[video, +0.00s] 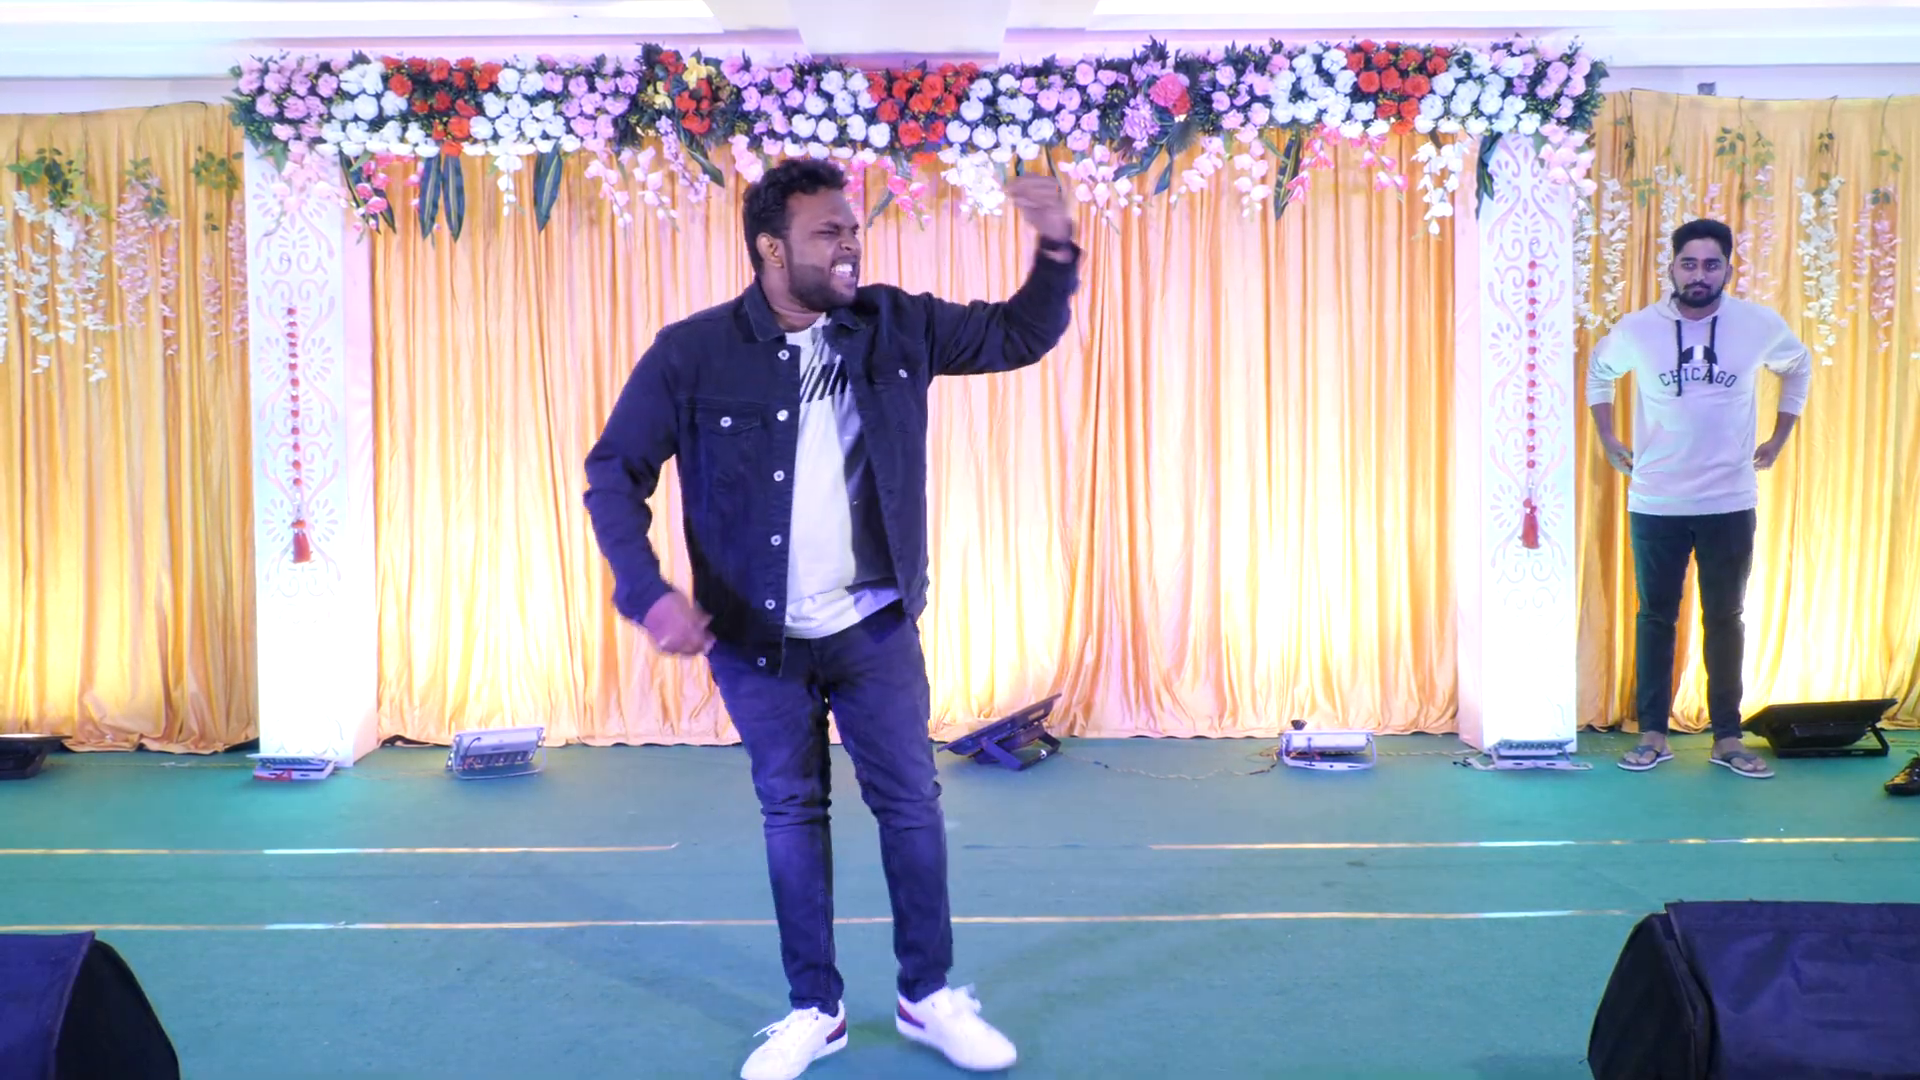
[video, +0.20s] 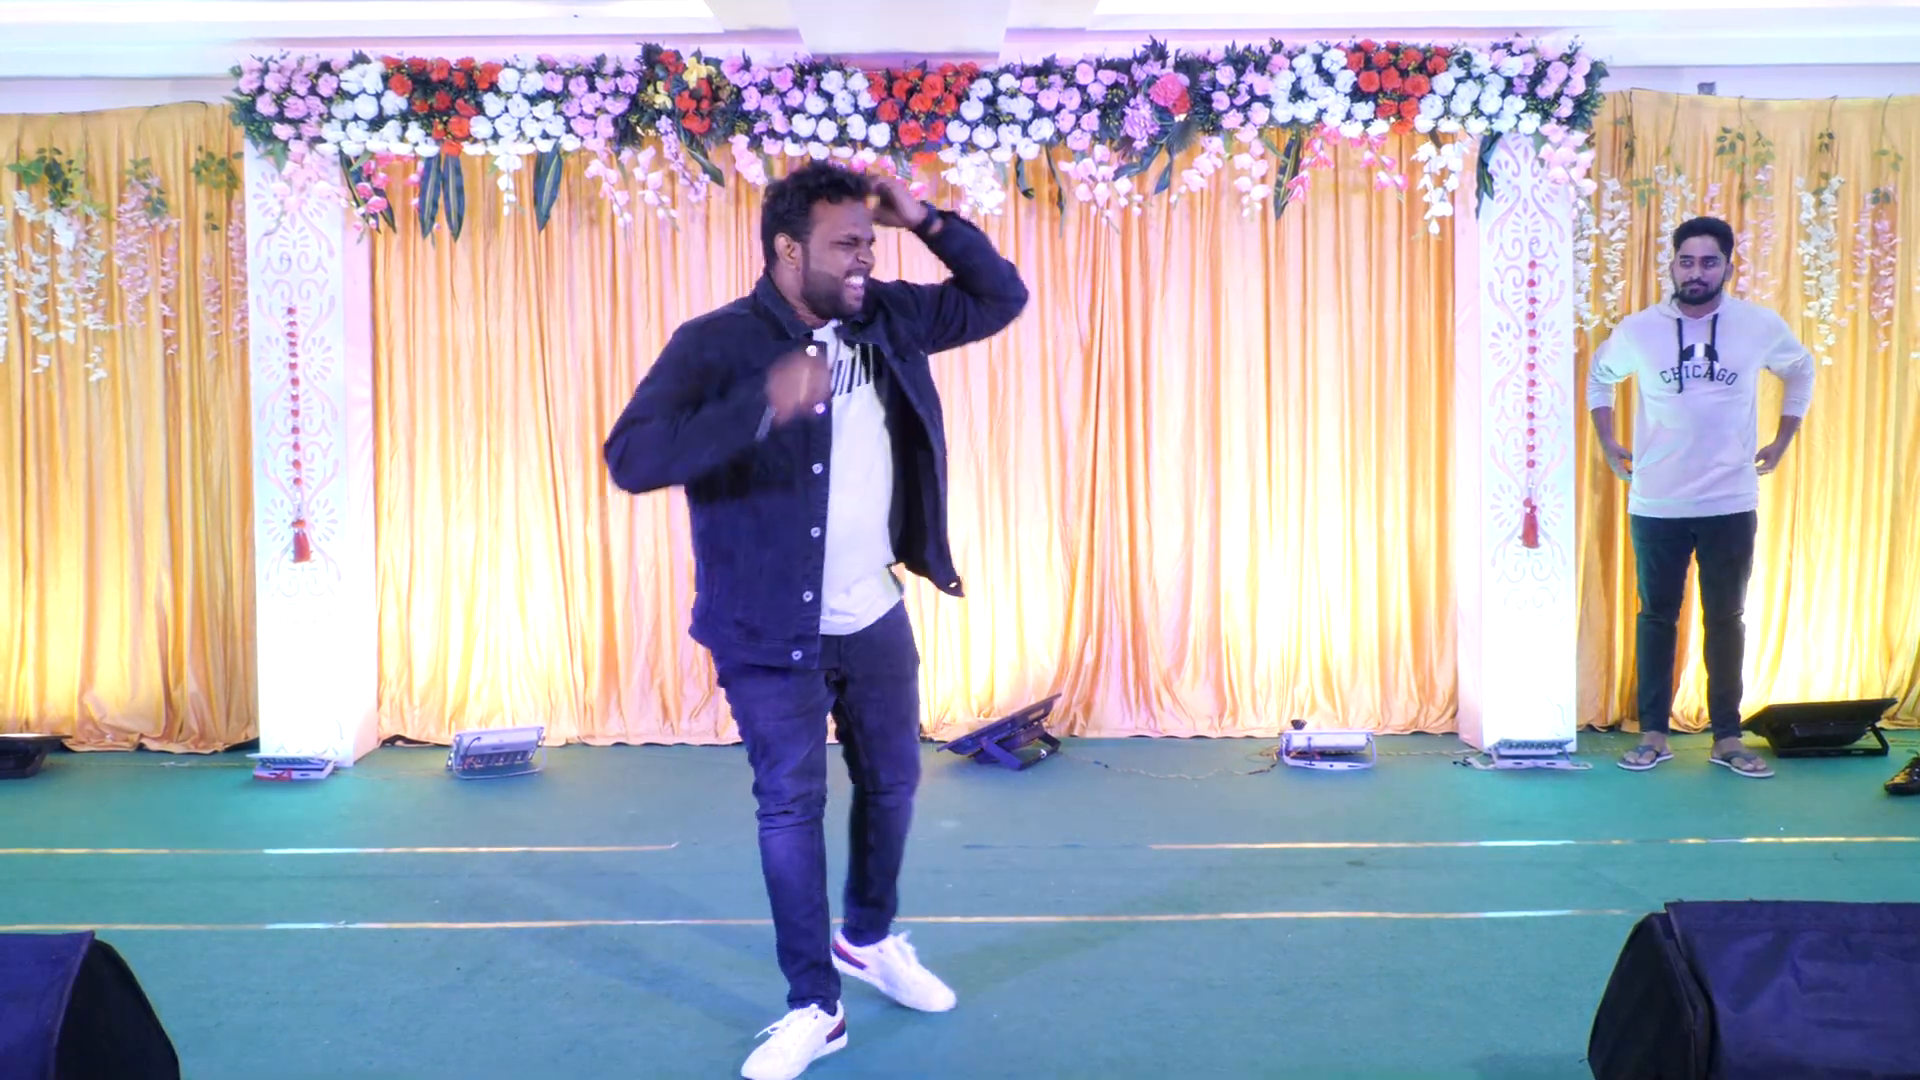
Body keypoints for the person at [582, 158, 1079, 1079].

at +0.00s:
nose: (852, 249)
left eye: (855, 232)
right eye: (830, 235)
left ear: (859, 236)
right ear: (768, 248)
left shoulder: (898, 325)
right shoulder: (693, 353)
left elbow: (1018, 334)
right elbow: (613, 475)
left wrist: (1056, 252)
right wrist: (648, 595)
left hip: (876, 623)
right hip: (758, 638)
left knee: (912, 801)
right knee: (792, 815)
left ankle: (928, 993)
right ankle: (814, 1007)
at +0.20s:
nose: (867, 261)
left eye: (870, 244)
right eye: (848, 245)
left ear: (872, 243)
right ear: (785, 249)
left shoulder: (884, 317)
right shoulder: (716, 345)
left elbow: (999, 296)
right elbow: (629, 459)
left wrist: (923, 220)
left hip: (874, 613)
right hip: (770, 630)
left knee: (891, 781)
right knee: (790, 806)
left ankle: (866, 934)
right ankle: (812, 1004)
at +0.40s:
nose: (889, 289)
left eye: (898, 273)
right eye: (876, 273)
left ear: (891, 267)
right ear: (827, 263)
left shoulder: (878, 325)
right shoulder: (759, 326)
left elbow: (945, 263)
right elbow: (748, 291)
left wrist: (869, 210)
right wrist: (820, 215)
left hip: (860, 604)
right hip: (784, 608)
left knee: (842, 777)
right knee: (796, 796)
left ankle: (838, 933)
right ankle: (810, 999)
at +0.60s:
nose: (922, 303)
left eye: (928, 285)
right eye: (913, 284)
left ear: (902, 277)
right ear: (863, 271)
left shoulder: (884, 348)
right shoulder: (793, 327)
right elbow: (823, 243)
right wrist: (847, 238)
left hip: (855, 595)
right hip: (798, 595)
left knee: (842, 781)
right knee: (804, 795)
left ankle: (852, 951)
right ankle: (810, 998)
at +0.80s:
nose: (928, 306)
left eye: (932, 292)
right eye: (922, 288)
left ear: (903, 272)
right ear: (875, 262)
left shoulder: (871, 337)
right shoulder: (812, 320)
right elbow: (873, 296)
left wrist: (875, 245)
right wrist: (869, 244)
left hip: (862, 589)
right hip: (825, 591)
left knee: (850, 774)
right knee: (841, 780)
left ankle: (845, 951)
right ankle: (833, 994)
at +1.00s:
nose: (925, 266)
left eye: (922, 249)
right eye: (914, 250)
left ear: (852, 258)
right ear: (868, 257)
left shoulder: (811, 321)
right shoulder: (843, 318)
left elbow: (853, 407)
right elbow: (944, 359)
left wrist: (914, 316)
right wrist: (1049, 261)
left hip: (827, 580)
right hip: (862, 582)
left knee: (837, 761)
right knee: (906, 762)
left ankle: (843, 954)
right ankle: (922, 977)